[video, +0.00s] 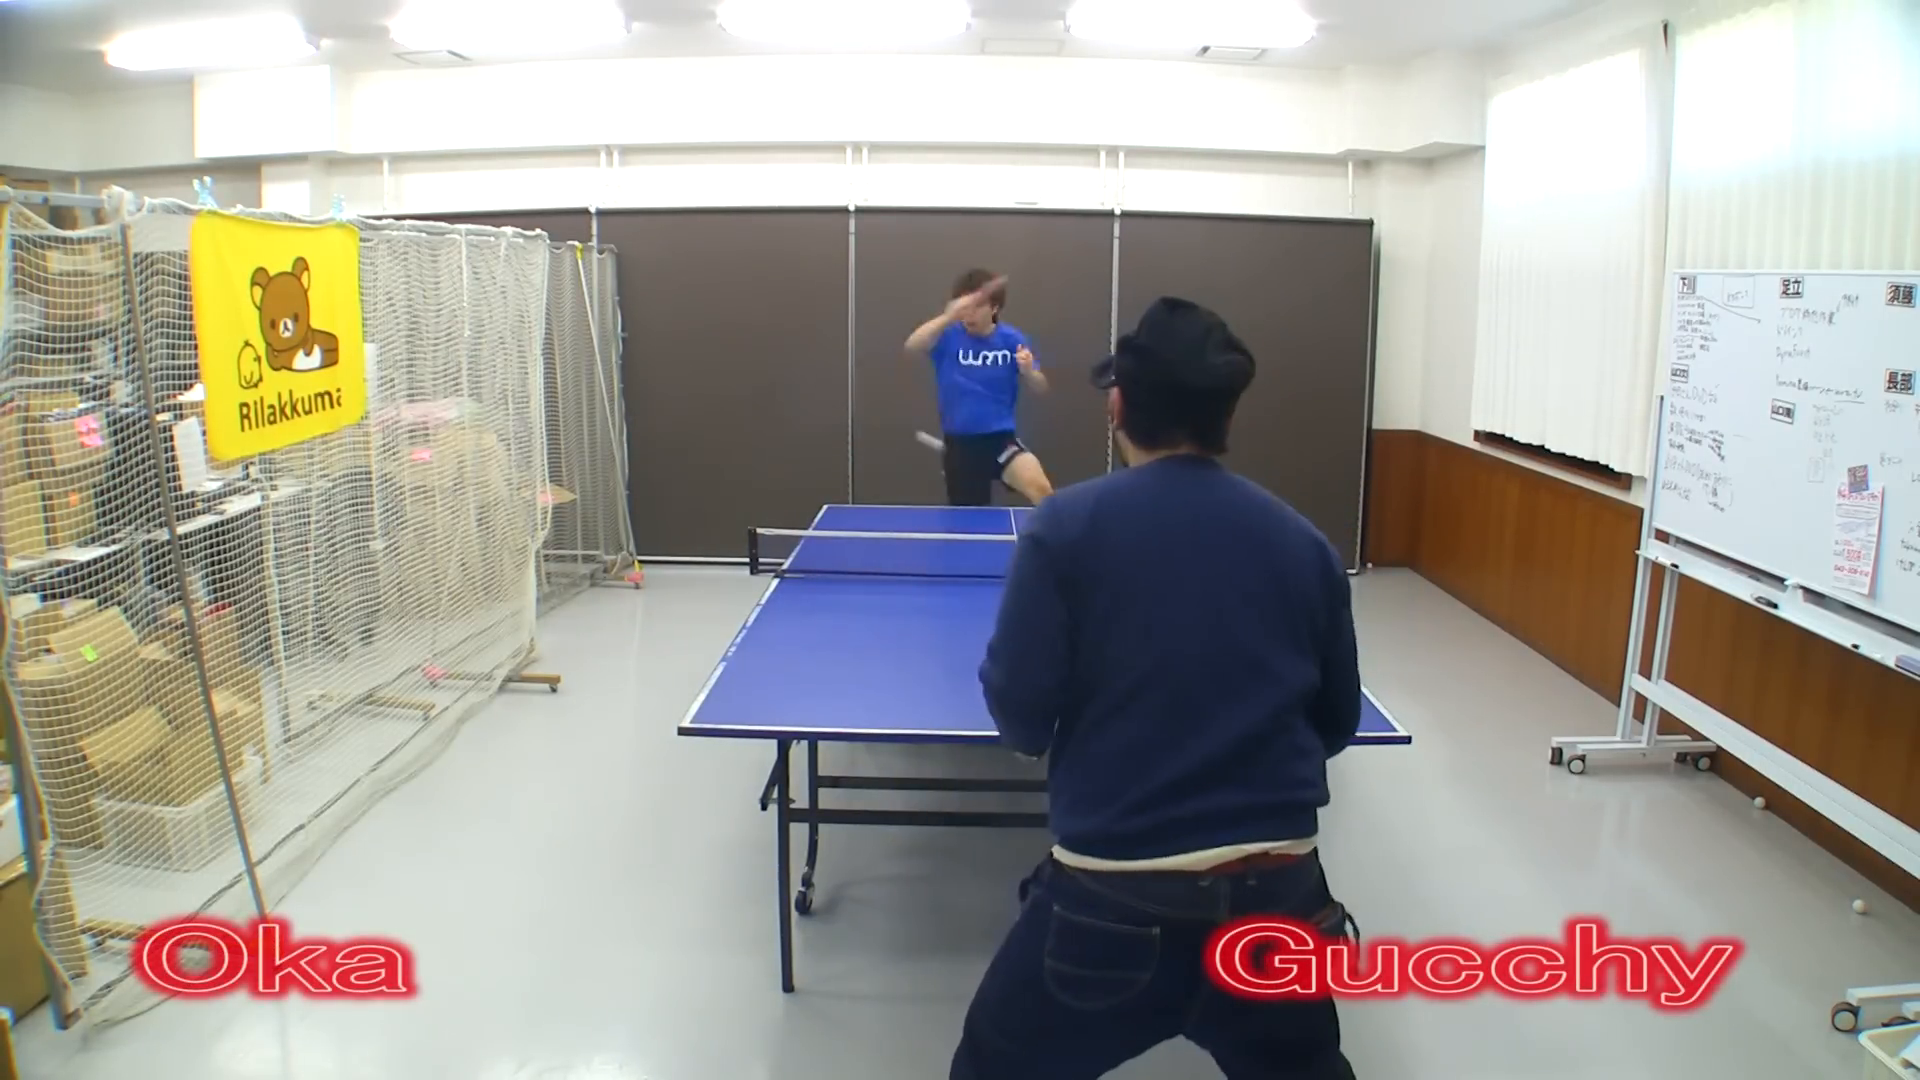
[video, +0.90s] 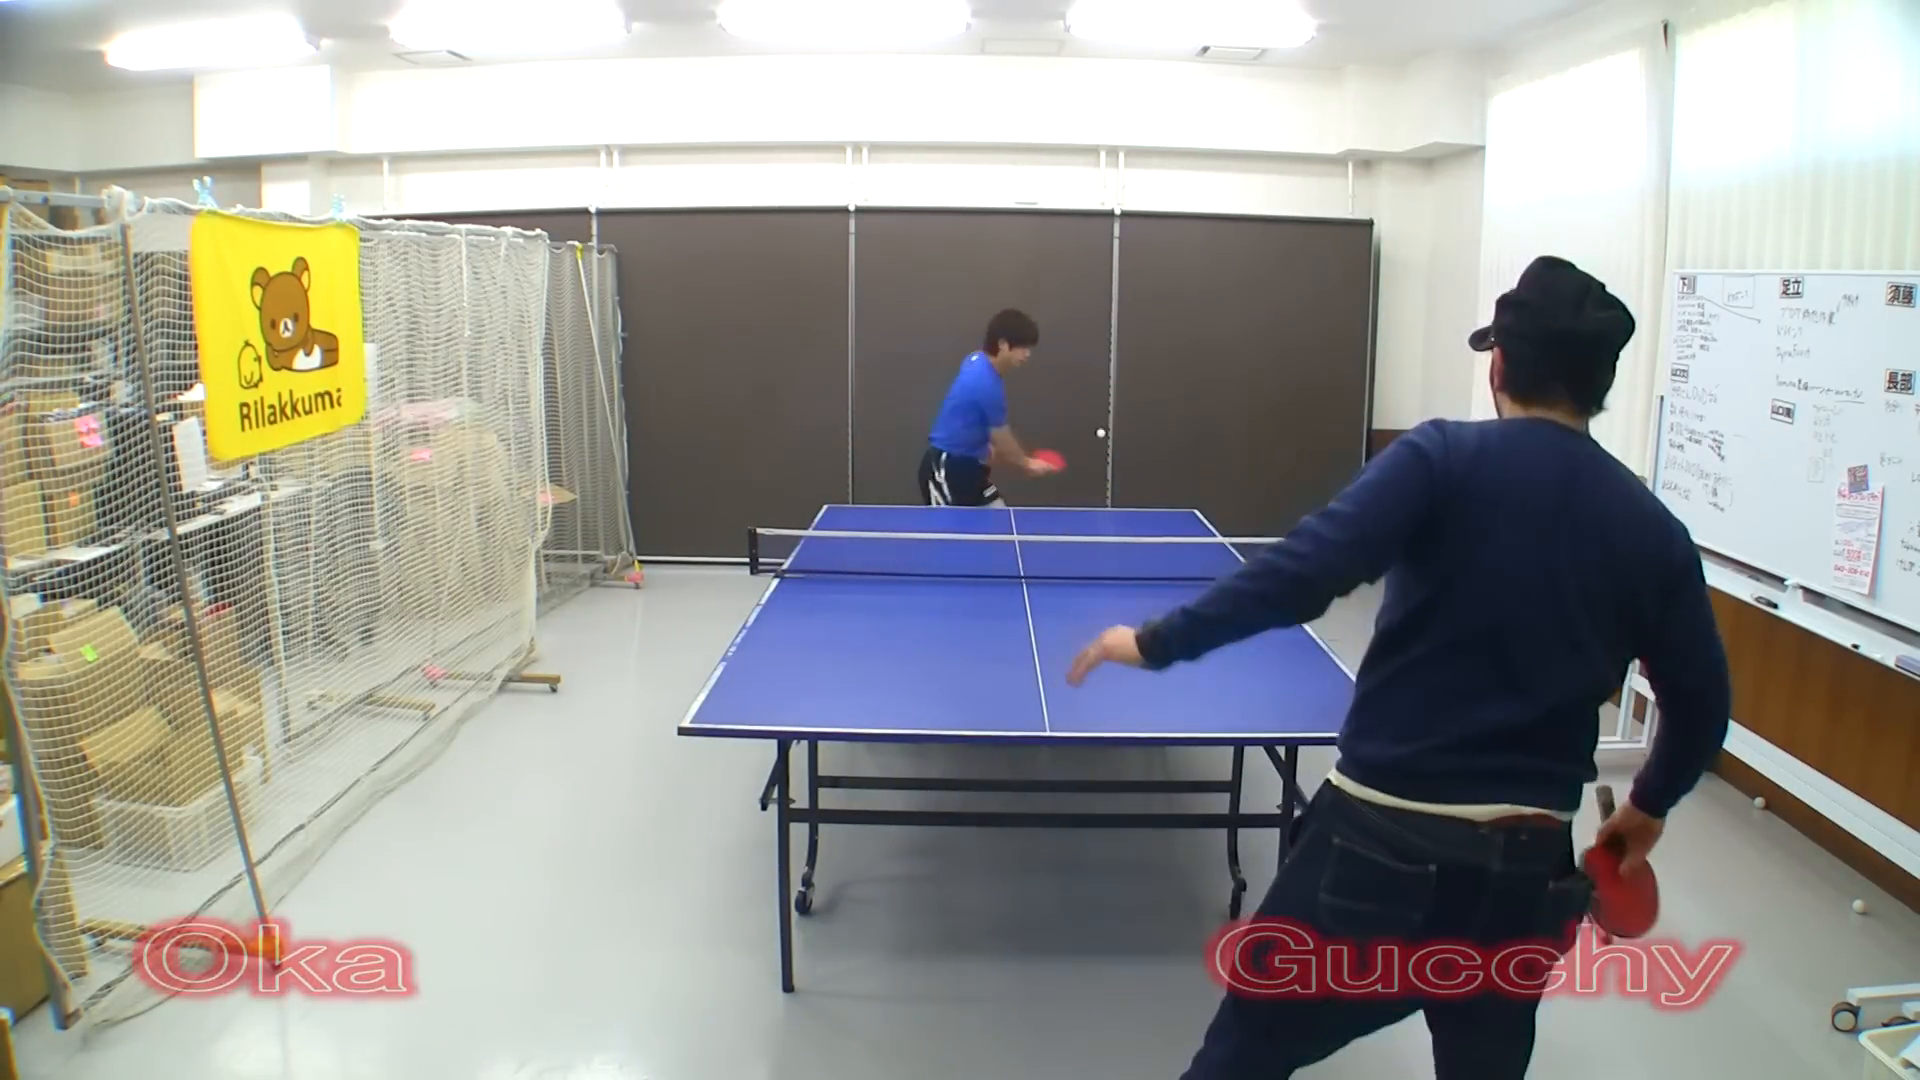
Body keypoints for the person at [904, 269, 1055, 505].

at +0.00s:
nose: (969, 315)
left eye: (976, 307)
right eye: (964, 308)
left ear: (994, 308)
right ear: (957, 310)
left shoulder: (1011, 339)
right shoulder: (947, 337)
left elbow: (1041, 389)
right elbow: (912, 347)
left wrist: (1028, 371)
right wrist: (950, 315)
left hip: (1001, 441)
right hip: (960, 443)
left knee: (1043, 491)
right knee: (966, 525)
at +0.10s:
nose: (977, 308)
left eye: (983, 302)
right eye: (969, 302)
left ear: (993, 306)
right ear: (954, 305)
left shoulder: (996, 342)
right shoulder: (942, 328)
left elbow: (1016, 392)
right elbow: (959, 329)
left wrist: (1026, 392)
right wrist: (996, 299)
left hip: (976, 442)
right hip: (936, 442)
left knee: (1029, 486)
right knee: (931, 524)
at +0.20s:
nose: (967, 321)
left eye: (974, 314)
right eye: (959, 314)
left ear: (984, 320)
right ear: (944, 320)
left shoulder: (981, 364)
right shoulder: (935, 346)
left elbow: (993, 407)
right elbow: (960, 363)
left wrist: (1013, 426)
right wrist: (995, 332)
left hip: (955, 463)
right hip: (919, 460)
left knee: (1001, 513)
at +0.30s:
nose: (967, 338)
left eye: (974, 331)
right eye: (959, 331)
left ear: (981, 338)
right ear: (943, 339)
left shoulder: (974, 376)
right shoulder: (931, 368)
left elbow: (981, 427)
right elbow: (947, 407)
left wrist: (1001, 463)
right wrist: (989, 380)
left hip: (939, 479)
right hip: (906, 476)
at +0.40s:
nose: (972, 350)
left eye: (978, 343)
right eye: (964, 342)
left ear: (985, 350)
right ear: (947, 348)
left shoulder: (975, 385)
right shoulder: (929, 381)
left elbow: (972, 436)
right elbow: (924, 434)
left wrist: (986, 478)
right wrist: (979, 426)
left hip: (936, 483)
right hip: (902, 482)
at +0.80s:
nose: (1013, 364)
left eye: (1016, 357)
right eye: (1007, 356)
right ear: (987, 354)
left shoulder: (988, 384)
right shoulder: (961, 387)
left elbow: (973, 437)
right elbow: (958, 448)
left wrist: (986, 466)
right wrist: (991, 460)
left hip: (971, 479)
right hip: (941, 480)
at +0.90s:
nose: (1027, 355)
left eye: (1029, 348)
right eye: (1023, 347)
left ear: (1002, 345)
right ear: (1003, 345)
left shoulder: (976, 362)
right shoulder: (988, 384)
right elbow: (1001, 439)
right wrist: (1027, 463)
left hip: (967, 465)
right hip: (948, 467)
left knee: (1004, 529)